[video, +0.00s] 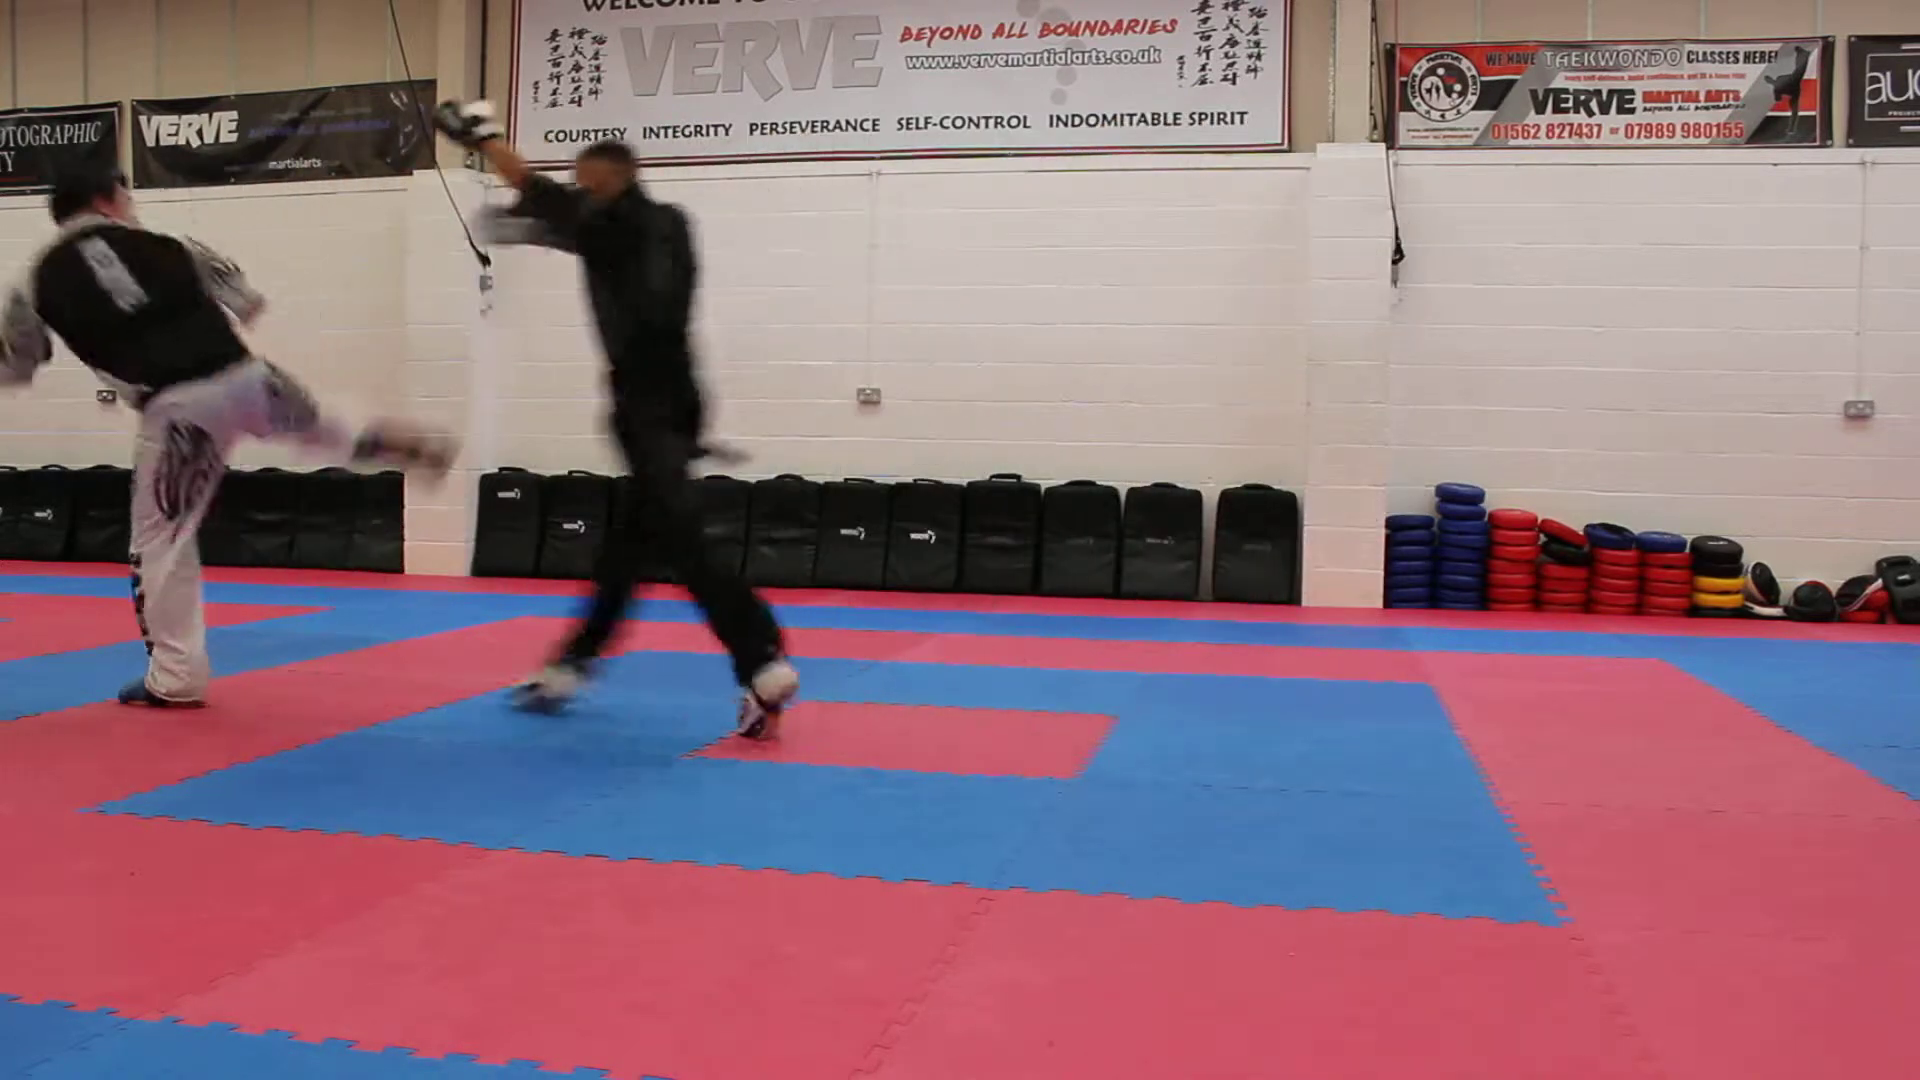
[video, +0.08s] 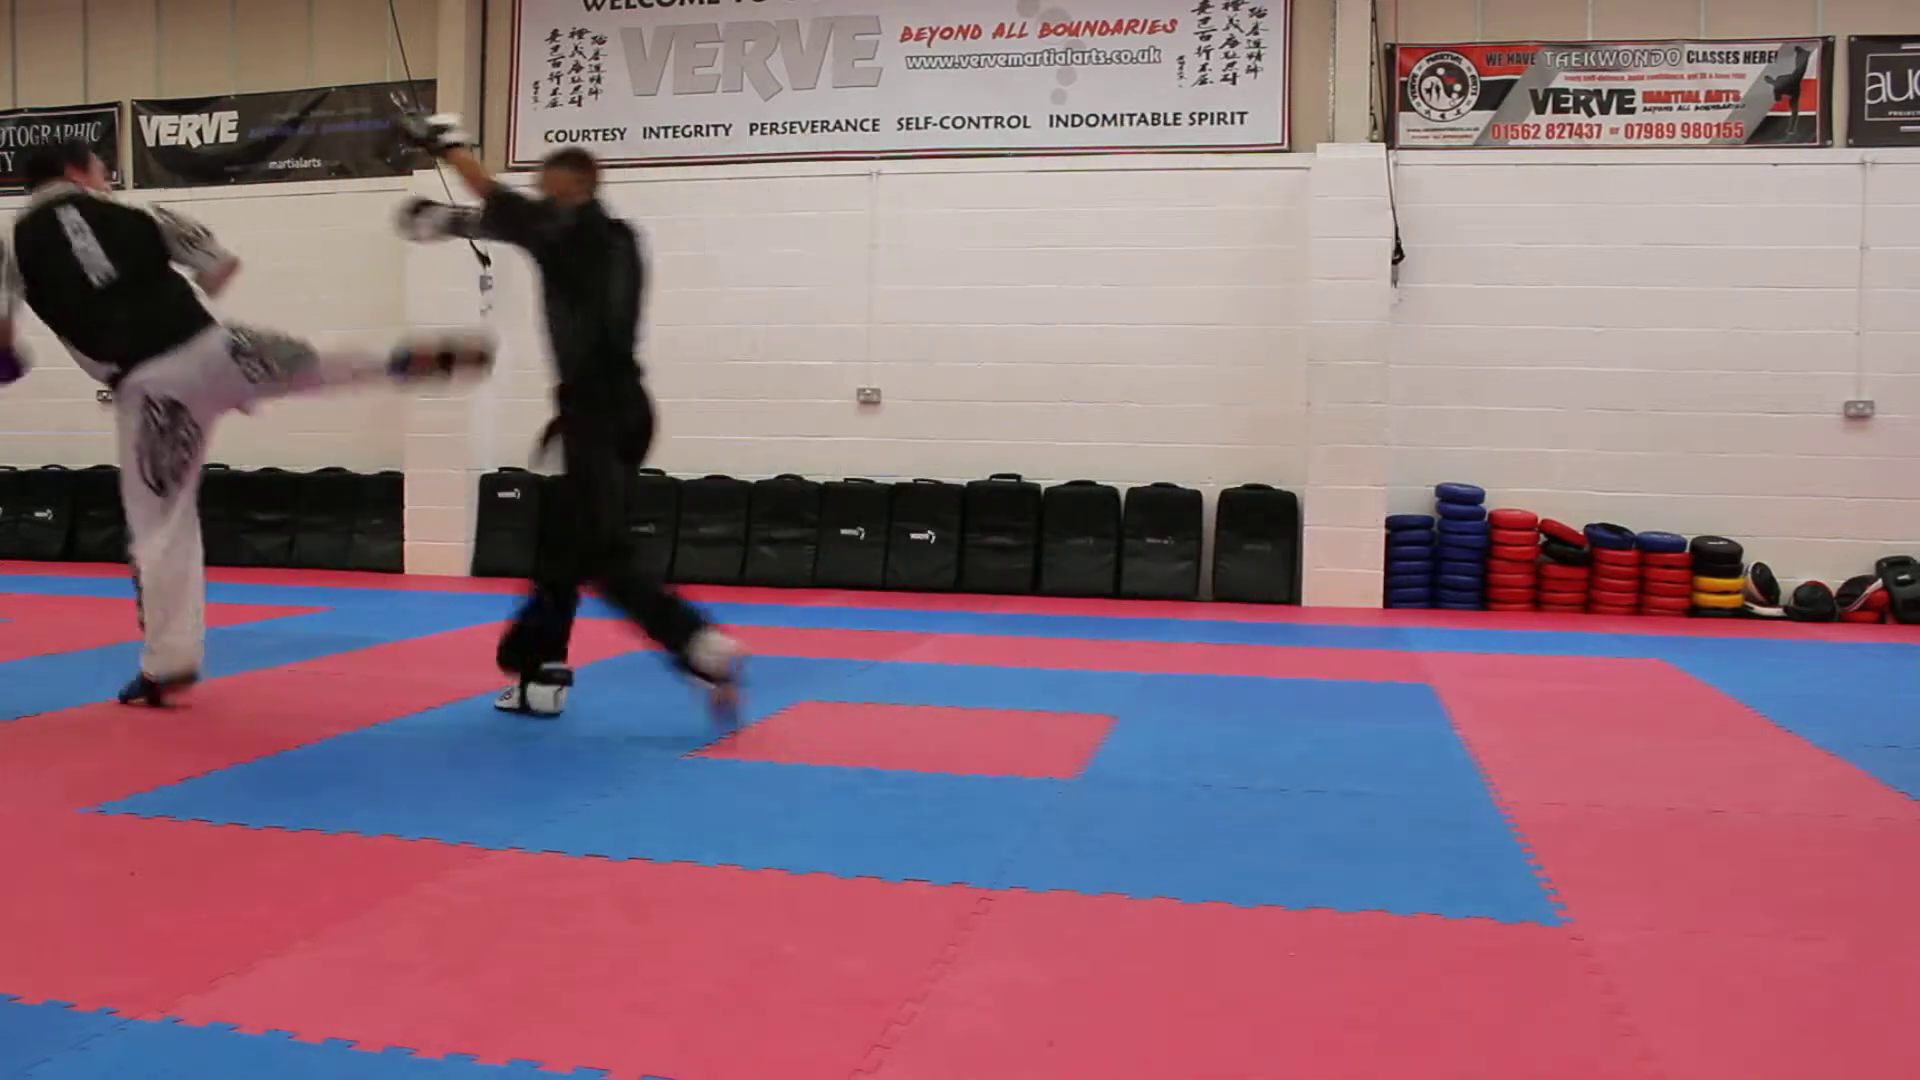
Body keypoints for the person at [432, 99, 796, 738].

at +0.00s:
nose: (582, 190)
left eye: (590, 179)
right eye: (582, 181)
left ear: (619, 174)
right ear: (603, 179)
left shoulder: (636, 222)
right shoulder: (616, 220)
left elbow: (550, 199)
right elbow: (547, 200)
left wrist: (484, 142)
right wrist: (488, 146)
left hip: (657, 408)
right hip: (651, 406)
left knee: (670, 538)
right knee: (631, 542)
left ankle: (764, 665)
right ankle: (570, 664)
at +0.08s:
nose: (543, 188)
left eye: (552, 178)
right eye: (545, 179)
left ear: (579, 182)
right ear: (580, 186)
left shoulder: (573, 229)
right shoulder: (615, 237)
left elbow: (504, 203)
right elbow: (609, 339)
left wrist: (446, 147)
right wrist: (570, 410)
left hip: (603, 411)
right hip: (610, 408)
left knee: (597, 541)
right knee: (561, 535)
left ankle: (697, 645)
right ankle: (540, 674)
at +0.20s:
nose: (478, 173)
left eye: (486, 164)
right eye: (479, 164)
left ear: (510, 167)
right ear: (528, 170)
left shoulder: (499, 214)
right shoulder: (554, 217)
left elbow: (418, 184)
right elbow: (473, 218)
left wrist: (377, 154)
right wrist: (411, 213)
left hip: (546, 396)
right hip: (583, 394)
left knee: (495, 530)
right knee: (551, 530)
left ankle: (555, 632)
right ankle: (538, 672)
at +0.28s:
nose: (436, 159)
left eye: (442, 150)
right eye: (439, 150)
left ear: (459, 155)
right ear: (488, 157)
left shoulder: (451, 203)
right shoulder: (514, 202)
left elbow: (366, 177)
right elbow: (422, 210)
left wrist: (308, 149)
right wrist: (351, 223)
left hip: (504, 382)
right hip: (556, 379)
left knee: (449, 508)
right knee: (553, 517)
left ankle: (460, 641)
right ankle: (547, 654)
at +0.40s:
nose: (379, 180)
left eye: (384, 172)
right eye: (379, 172)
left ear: (400, 166)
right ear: (429, 162)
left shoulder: (387, 213)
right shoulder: (464, 210)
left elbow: (307, 217)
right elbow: (373, 232)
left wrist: (257, 183)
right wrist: (313, 245)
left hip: (441, 400)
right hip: (495, 396)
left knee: (394, 524)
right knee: (503, 524)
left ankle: (328, 640)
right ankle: (530, 638)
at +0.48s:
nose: (346, 193)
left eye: (349, 184)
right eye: (349, 183)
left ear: (356, 187)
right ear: (395, 188)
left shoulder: (344, 246)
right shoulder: (436, 249)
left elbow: (240, 263)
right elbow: (437, 327)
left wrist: (230, 221)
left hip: (387, 430)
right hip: (444, 428)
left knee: (333, 538)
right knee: (441, 543)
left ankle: (304, 668)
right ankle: (507, 626)